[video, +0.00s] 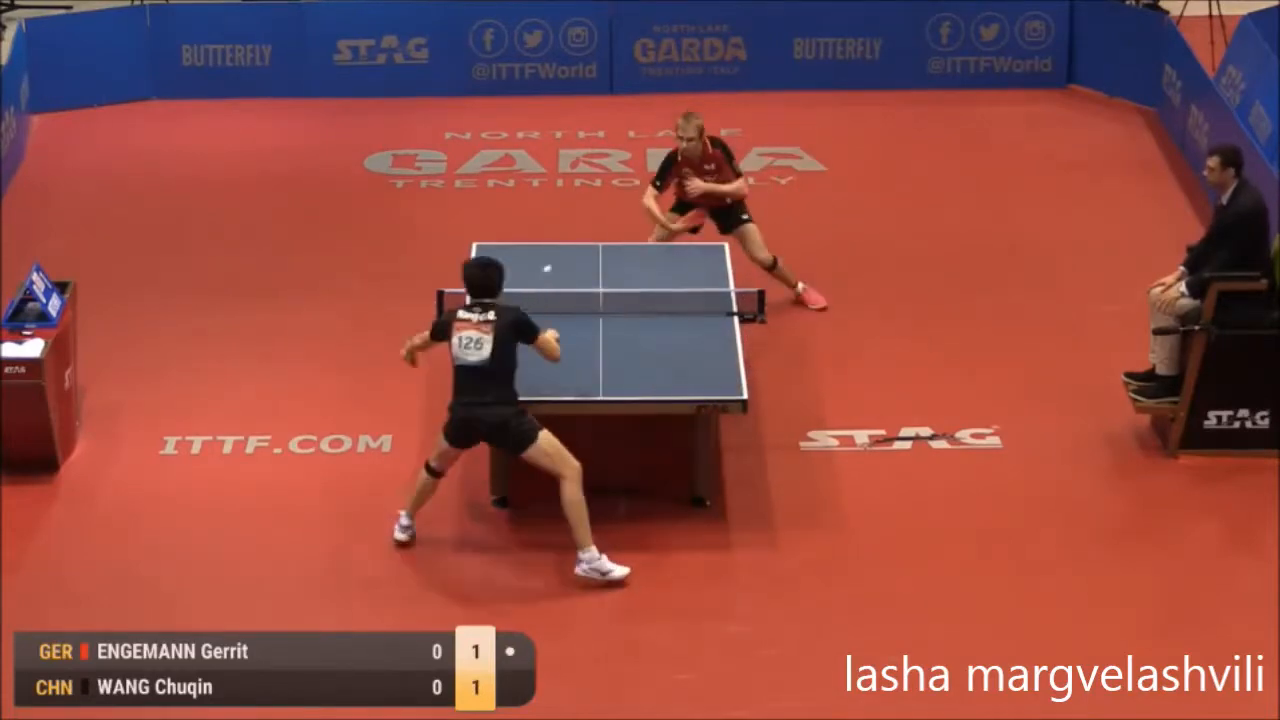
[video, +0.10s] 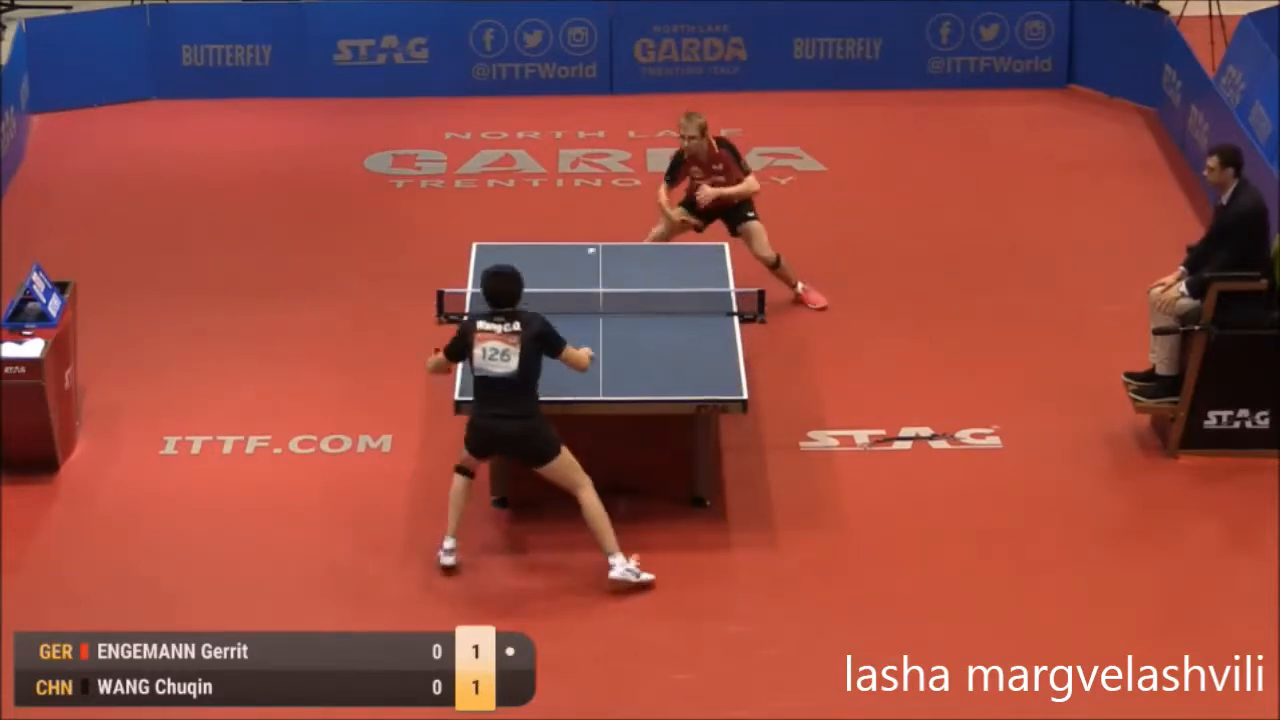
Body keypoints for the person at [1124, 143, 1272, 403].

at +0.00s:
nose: (1205, 174)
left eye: (1211, 169)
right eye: (1206, 168)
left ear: (1230, 172)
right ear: (1222, 172)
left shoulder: (1246, 206)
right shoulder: (1229, 199)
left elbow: (1227, 263)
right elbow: (1209, 244)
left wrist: (1184, 288)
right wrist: (1179, 274)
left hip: (1238, 291)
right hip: (1221, 279)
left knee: (1166, 305)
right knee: (1156, 295)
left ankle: (1169, 378)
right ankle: (1160, 369)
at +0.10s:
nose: (1205, 174)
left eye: (1211, 169)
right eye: (1206, 169)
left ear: (1229, 171)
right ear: (1223, 172)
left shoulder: (1246, 206)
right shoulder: (1229, 199)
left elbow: (1227, 263)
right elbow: (1209, 244)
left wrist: (1185, 287)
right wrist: (1179, 274)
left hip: (1238, 291)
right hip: (1221, 279)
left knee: (1166, 305)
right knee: (1156, 295)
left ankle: (1169, 378)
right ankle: (1160, 369)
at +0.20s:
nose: (1205, 174)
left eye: (1211, 169)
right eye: (1206, 169)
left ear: (1229, 171)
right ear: (1223, 172)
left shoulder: (1246, 206)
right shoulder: (1229, 199)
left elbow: (1227, 263)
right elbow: (1209, 244)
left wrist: (1185, 287)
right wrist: (1179, 274)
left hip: (1238, 291)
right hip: (1221, 279)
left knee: (1166, 305)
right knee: (1156, 295)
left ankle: (1169, 378)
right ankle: (1160, 369)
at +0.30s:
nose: (1205, 174)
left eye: (1210, 169)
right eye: (1206, 169)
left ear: (1228, 171)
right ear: (1223, 172)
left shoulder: (1246, 206)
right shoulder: (1229, 200)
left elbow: (1227, 263)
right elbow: (1209, 244)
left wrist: (1185, 287)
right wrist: (1179, 274)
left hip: (1238, 291)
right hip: (1221, 279)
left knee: (1166, 305)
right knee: (1156, 295)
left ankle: (1169, 378)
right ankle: (1160, 369)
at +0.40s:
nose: (1205, 174)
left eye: (1210, 169)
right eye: (1206, 169)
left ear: (1228, 171)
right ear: (1223, 172)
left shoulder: (1246, 206)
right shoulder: (1229, 200)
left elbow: (1227, 263)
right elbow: (1209, 244)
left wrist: (1185, 287)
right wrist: (1179, 274)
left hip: (1238, 291)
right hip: (1221, 279)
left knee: (1166, 305)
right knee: (1156, 295)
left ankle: (1169, 378)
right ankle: (1160, 369)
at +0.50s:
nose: (1205, 175)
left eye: (1211, 170)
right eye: (1206, 169)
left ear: (1229, 171)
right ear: (1223, 172)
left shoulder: (1246, 206)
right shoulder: (1229, 200)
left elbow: (1227, 263)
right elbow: (1209, 244)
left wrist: (1185, 287)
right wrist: (1179, 274)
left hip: (1238, 291)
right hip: (1221, 279)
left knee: (1166, 305)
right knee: (1156, 295)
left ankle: (1169, 378)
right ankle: (1160, 369)